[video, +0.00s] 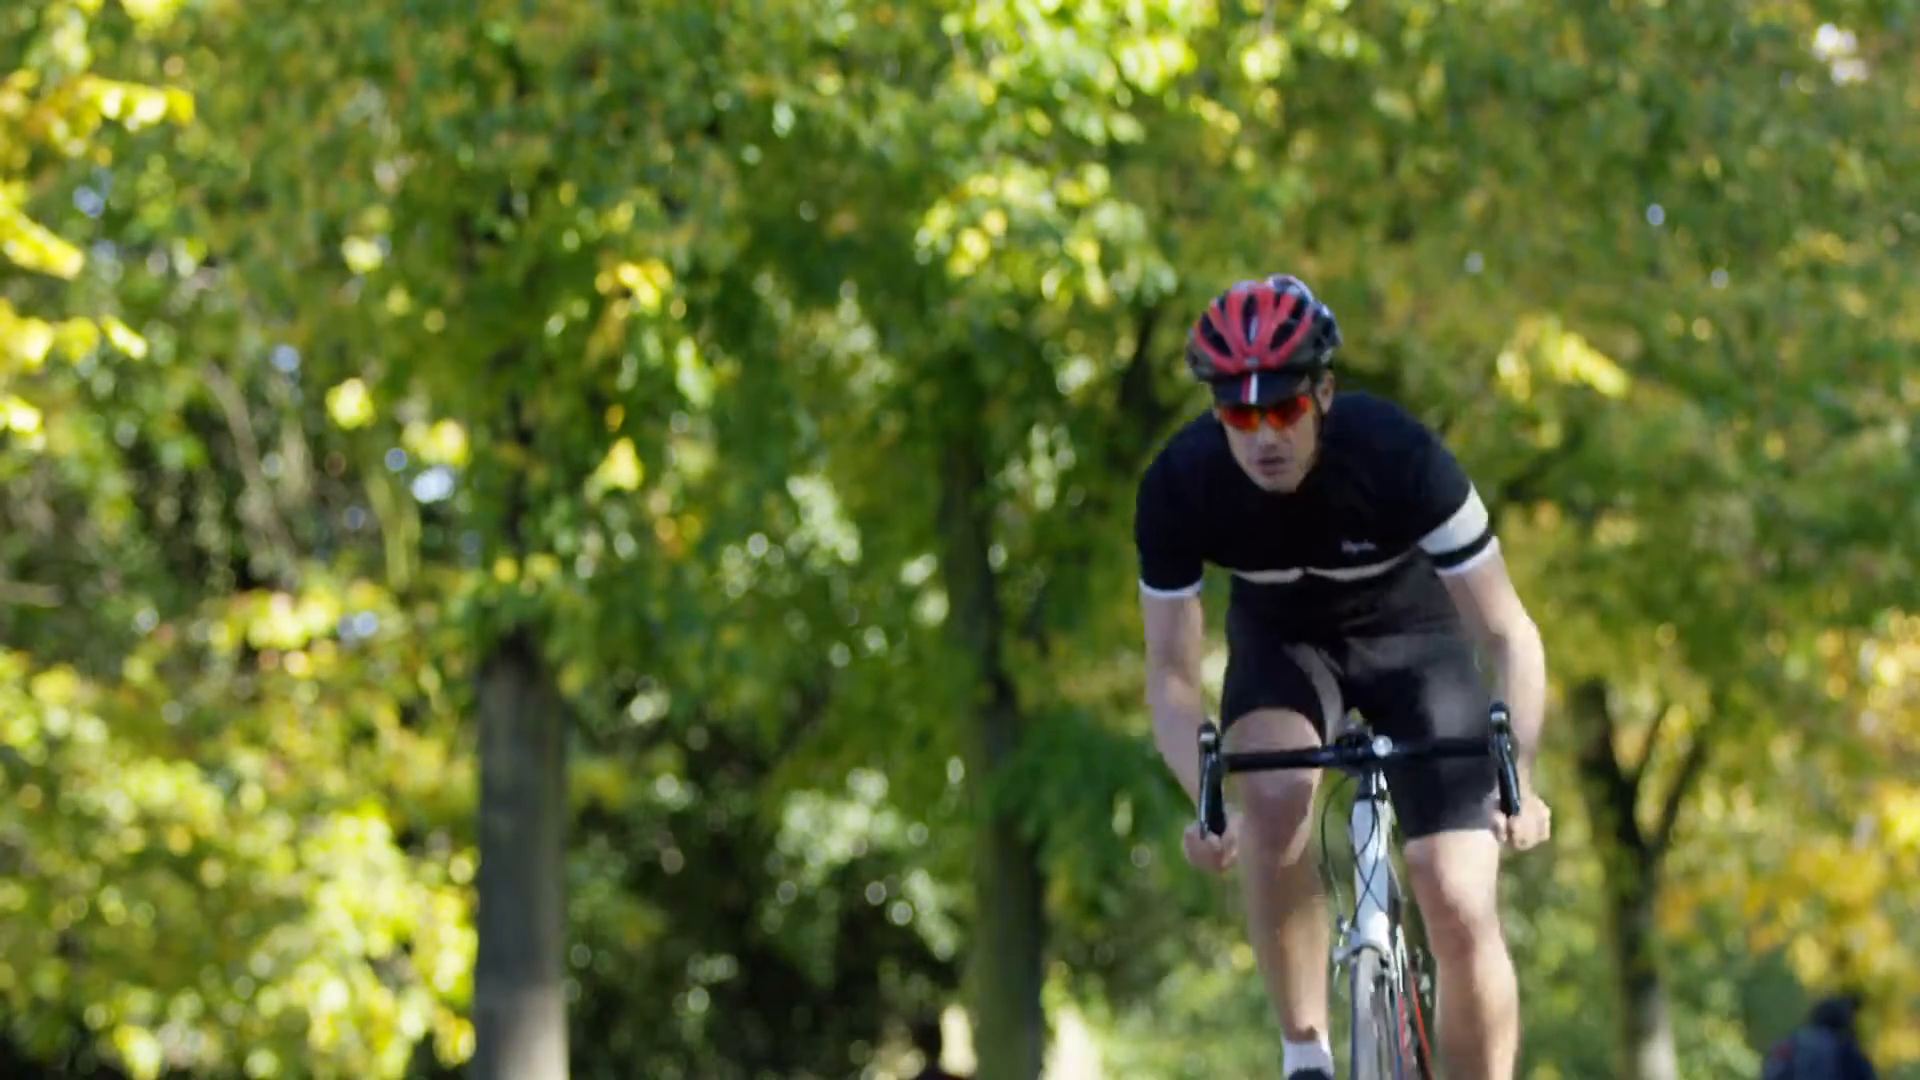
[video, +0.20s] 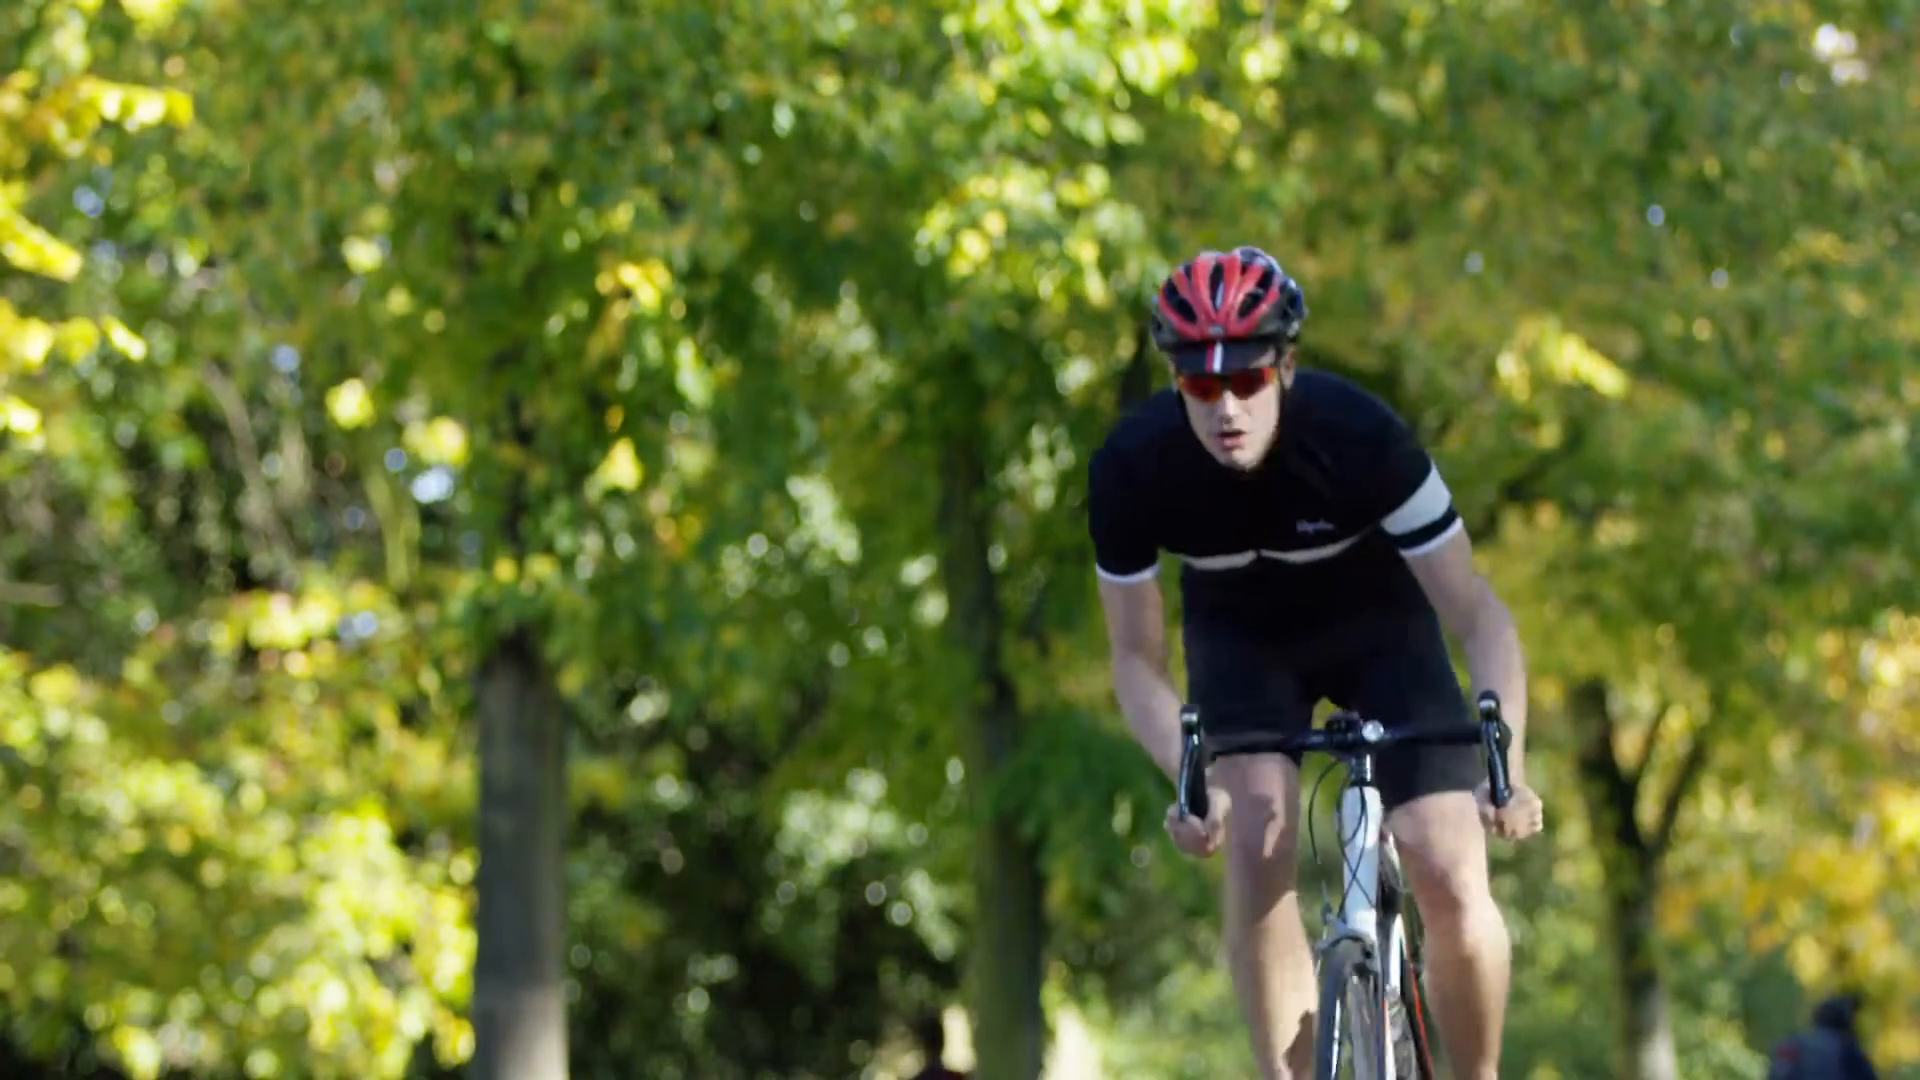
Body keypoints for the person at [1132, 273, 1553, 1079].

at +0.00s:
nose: (1264, 438)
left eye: (1284, 413)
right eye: (1241, 417)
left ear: (1323, 395)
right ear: (1215, 410)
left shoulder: (1397, 455)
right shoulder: (1180, 486)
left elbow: (1510, 628)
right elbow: (1172, 671)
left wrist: (1519, 773)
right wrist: (1207, 798)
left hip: (1415, 621)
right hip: (1279, 632)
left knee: (1458, 898)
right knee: (1270, 800)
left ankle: (1483, 1075)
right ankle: (1307, 1059)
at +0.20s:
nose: (1225, 407)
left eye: (1245, 382)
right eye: (1202, 385)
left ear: (1285, 368)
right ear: (1175, 380)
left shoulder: (1357, 433)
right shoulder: (1130, 470)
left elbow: (1474, 608)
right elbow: (1137, 656)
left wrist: (1504, 758)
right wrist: (1188, 772)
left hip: (1377, 605)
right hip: (1236, 620)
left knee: (1446, 861)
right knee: (1260, 833)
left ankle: (1475, 1071)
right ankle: (1287, 1071)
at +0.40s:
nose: (1194, 387)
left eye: (1217, 360)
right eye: (1170, 364)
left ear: (1257, 347)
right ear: (1140, 357)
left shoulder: (1324, 424)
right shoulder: (1084, 454)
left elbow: (1447, 607)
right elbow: (1092, 641)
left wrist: (1474, 758)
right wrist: (1151, 758)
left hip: (1340, 607)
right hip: (1195, 640)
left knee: (1421, 823)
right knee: (1231, 882)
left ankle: (1456, 1036)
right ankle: (1247, 1073)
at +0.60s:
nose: (1163, 361)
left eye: (1186, 332)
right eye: (1138, 336)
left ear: (1223, 321)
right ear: (1105, 328)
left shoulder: (1284, 401)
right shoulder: (1043, 423)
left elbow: (1399, 598)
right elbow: (1029, 619)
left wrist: (1421, 741)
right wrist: (1081, 739)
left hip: (1293, 595)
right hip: (1143, 622)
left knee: (1361, 770)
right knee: (1186, 916)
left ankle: (1402, 989)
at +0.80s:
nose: (1123, 327)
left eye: (1145, 299)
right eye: (1097, 302)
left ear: (1183, 288)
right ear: (1061, 295)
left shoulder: (1246, 372)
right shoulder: (997, 378)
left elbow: (1341, 580)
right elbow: (955, 583)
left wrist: (1337, 724)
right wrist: (988, 720)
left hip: (1234, 559)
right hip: (1086, 582)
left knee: (1275, 721)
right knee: (1115, 884)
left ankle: (1317, 986)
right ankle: (1140, 1069)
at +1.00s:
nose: (1069, 289)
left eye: (1092, 259)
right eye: (1041, 263)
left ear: (1128, 245)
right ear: (1005, 254)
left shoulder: (1196, 329)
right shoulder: (937, 334)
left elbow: (1277, 551)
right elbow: (872, 547)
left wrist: (1241, 694)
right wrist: (882, 705)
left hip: (1171, 516)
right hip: (1021, 532)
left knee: (1185, 738)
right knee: (1018, 845)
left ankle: (1226, 1034)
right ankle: (1064, 1067)